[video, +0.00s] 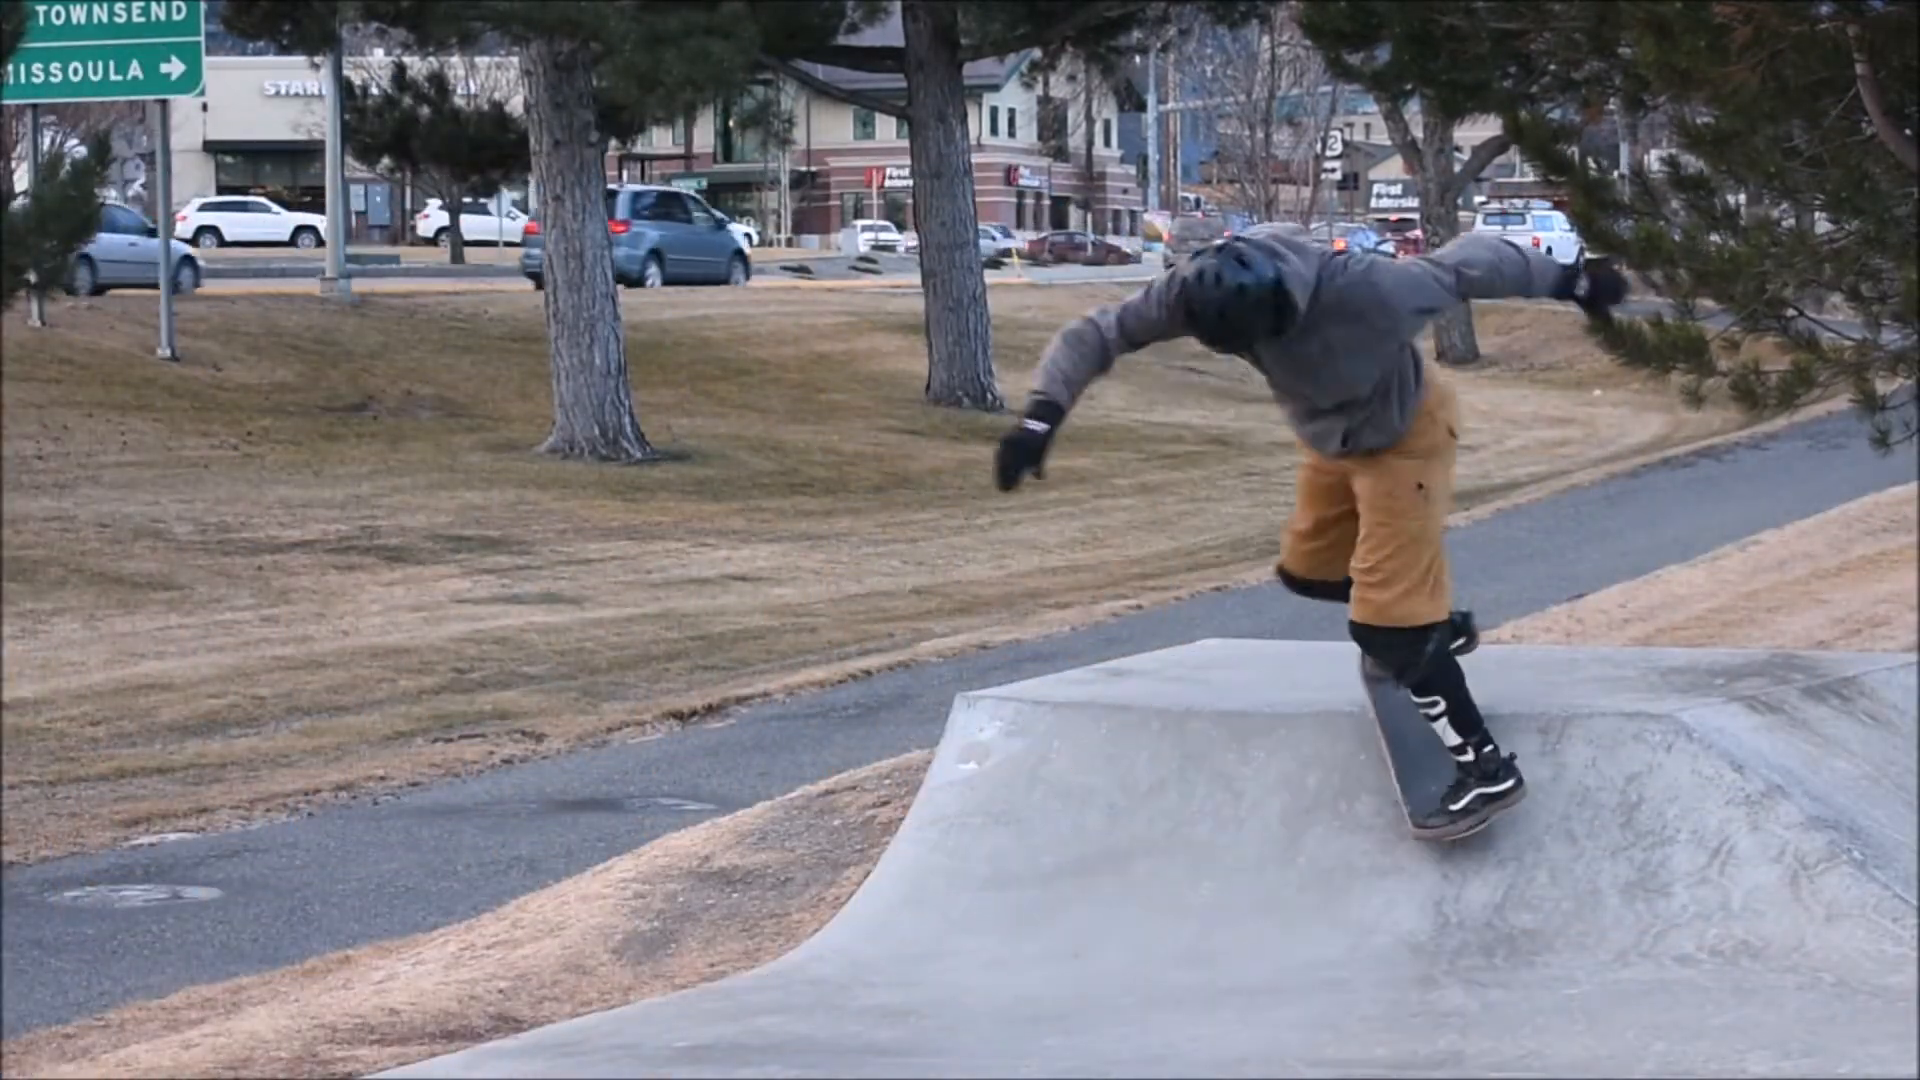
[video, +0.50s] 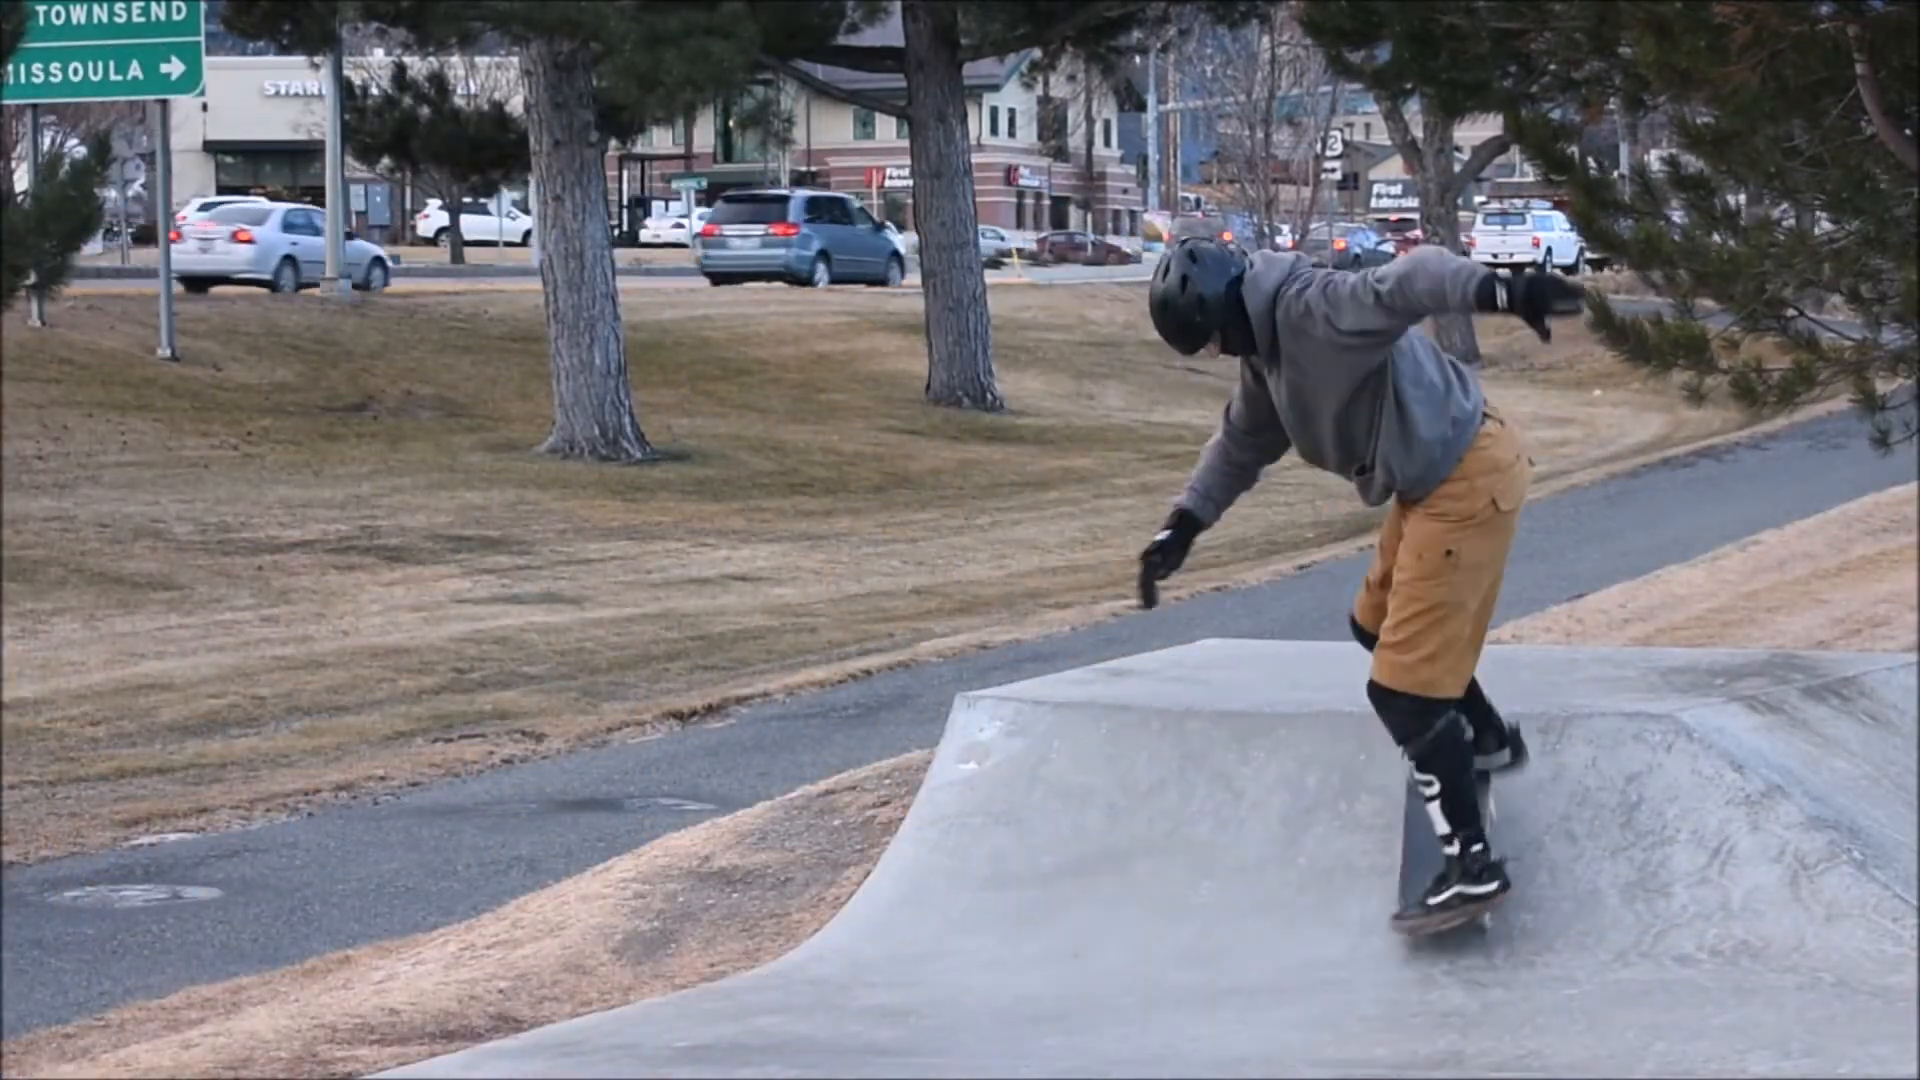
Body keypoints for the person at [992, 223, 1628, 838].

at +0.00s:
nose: (1244, 349)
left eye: (1248, 338)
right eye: (1229, 340)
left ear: (1271, 307)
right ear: (1205, 308)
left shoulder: (1364, 288)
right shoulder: (1205, 288)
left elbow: (1470, 266)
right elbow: (1098, 334)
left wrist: (1570, 277)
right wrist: (1040, 416)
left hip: (1404, 430)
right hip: (1329, 435)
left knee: (1396, 624)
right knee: (1313, 568)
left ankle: (1486, 763)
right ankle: (1439, 630)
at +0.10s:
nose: (1207, 357)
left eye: (1209, 345)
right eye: (1196, 347)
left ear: (1233, 313)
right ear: (1203, 309)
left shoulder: (1334, 297)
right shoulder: (1215, 301)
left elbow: (1455, 292)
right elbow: (1139, 362)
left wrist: (1544, 320)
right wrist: (1090, 428)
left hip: (1448, 422)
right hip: (1382, 432)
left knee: (1398, 625)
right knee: (1336, 562)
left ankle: (1488, 765)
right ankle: (1451, 629)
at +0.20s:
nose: (1213, 359)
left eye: (1211, 346)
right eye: (1203, 354)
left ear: (1225, 309)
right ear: (1210, 303)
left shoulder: (1323, 308)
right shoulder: (1254, 314)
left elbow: (1468, 338)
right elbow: (1187, 388)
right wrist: (1122, 465)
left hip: (1468, 438)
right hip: (1405, 440)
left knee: (1398, 630)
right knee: (1347, 559)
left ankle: (1488, 769)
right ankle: (1454, 632)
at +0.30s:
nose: (1215, 353)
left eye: (1211, 341)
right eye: (1205, 348)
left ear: (1224, 306)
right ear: (1225, 292)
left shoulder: (1313, 317)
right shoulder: (1265, 331)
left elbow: (1435, 327)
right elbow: (1217, 408)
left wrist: (1535, 391)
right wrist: (1152, 492)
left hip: (1476, 447)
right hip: (1419, 447)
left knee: (1399, 645)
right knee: (1355, 560)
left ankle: (1488, 786)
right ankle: (1457, 636)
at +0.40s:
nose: (1223, 350)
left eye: (1216, 336)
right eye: (1211, 343)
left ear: (1224, 301)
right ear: (1221, 297)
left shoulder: (1316, 307)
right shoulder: (1271, 340)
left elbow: (1411, 302)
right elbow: (1250, 432)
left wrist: (1511, 338)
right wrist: (1194, 512)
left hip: (1472, 456)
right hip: (1415, 463)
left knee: (1404, 665)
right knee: (1365, 587)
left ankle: (1487, 822)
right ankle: (1470, 671)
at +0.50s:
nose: (1218, 349)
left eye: (1212, 335)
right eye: (1206, 343)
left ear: (1225, 302)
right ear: (1223, 302)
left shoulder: (1314, 305)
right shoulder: (1269, 358)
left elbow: (1400, 283)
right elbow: (1240, 444)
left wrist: (1501, 287)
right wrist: (1183, 526)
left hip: (1468, 471)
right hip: (1425, 478)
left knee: (1406, 683)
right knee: (1379, 624)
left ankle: (1472, 863)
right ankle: (1486, 735)